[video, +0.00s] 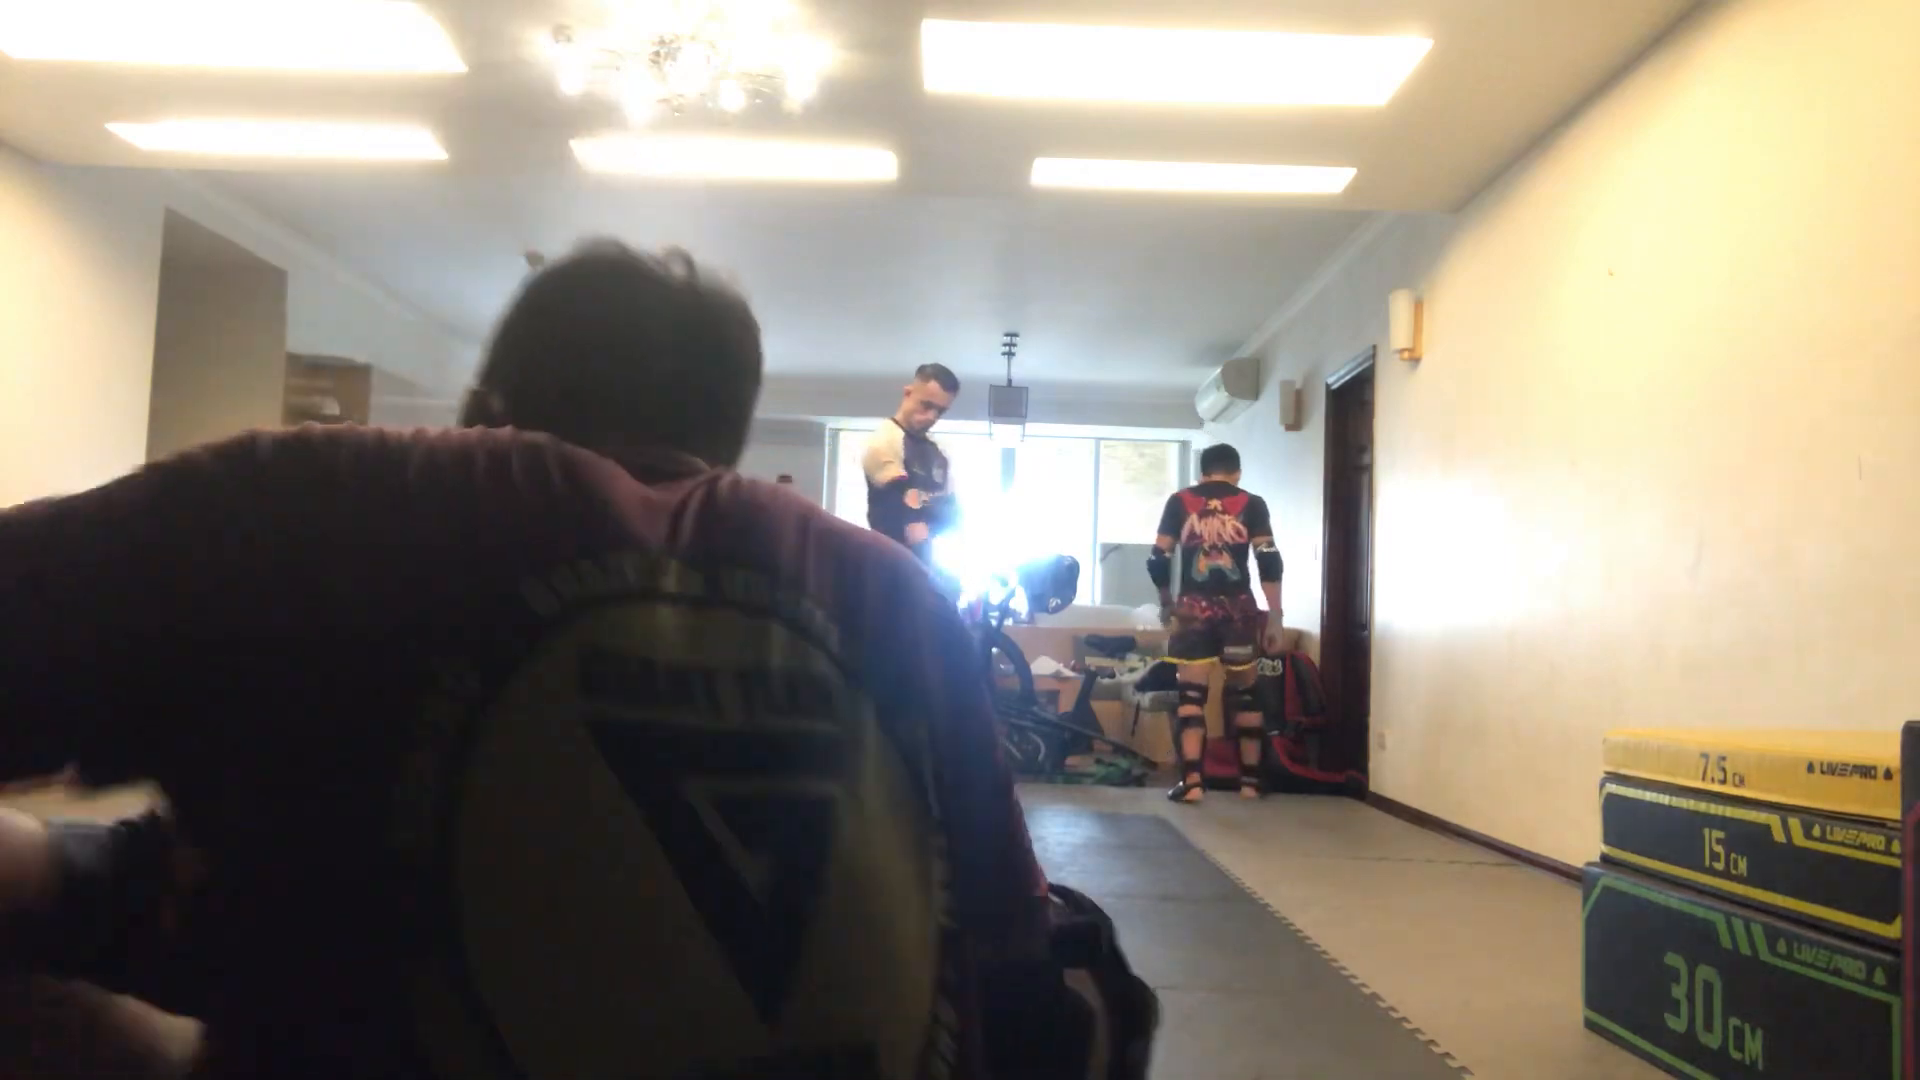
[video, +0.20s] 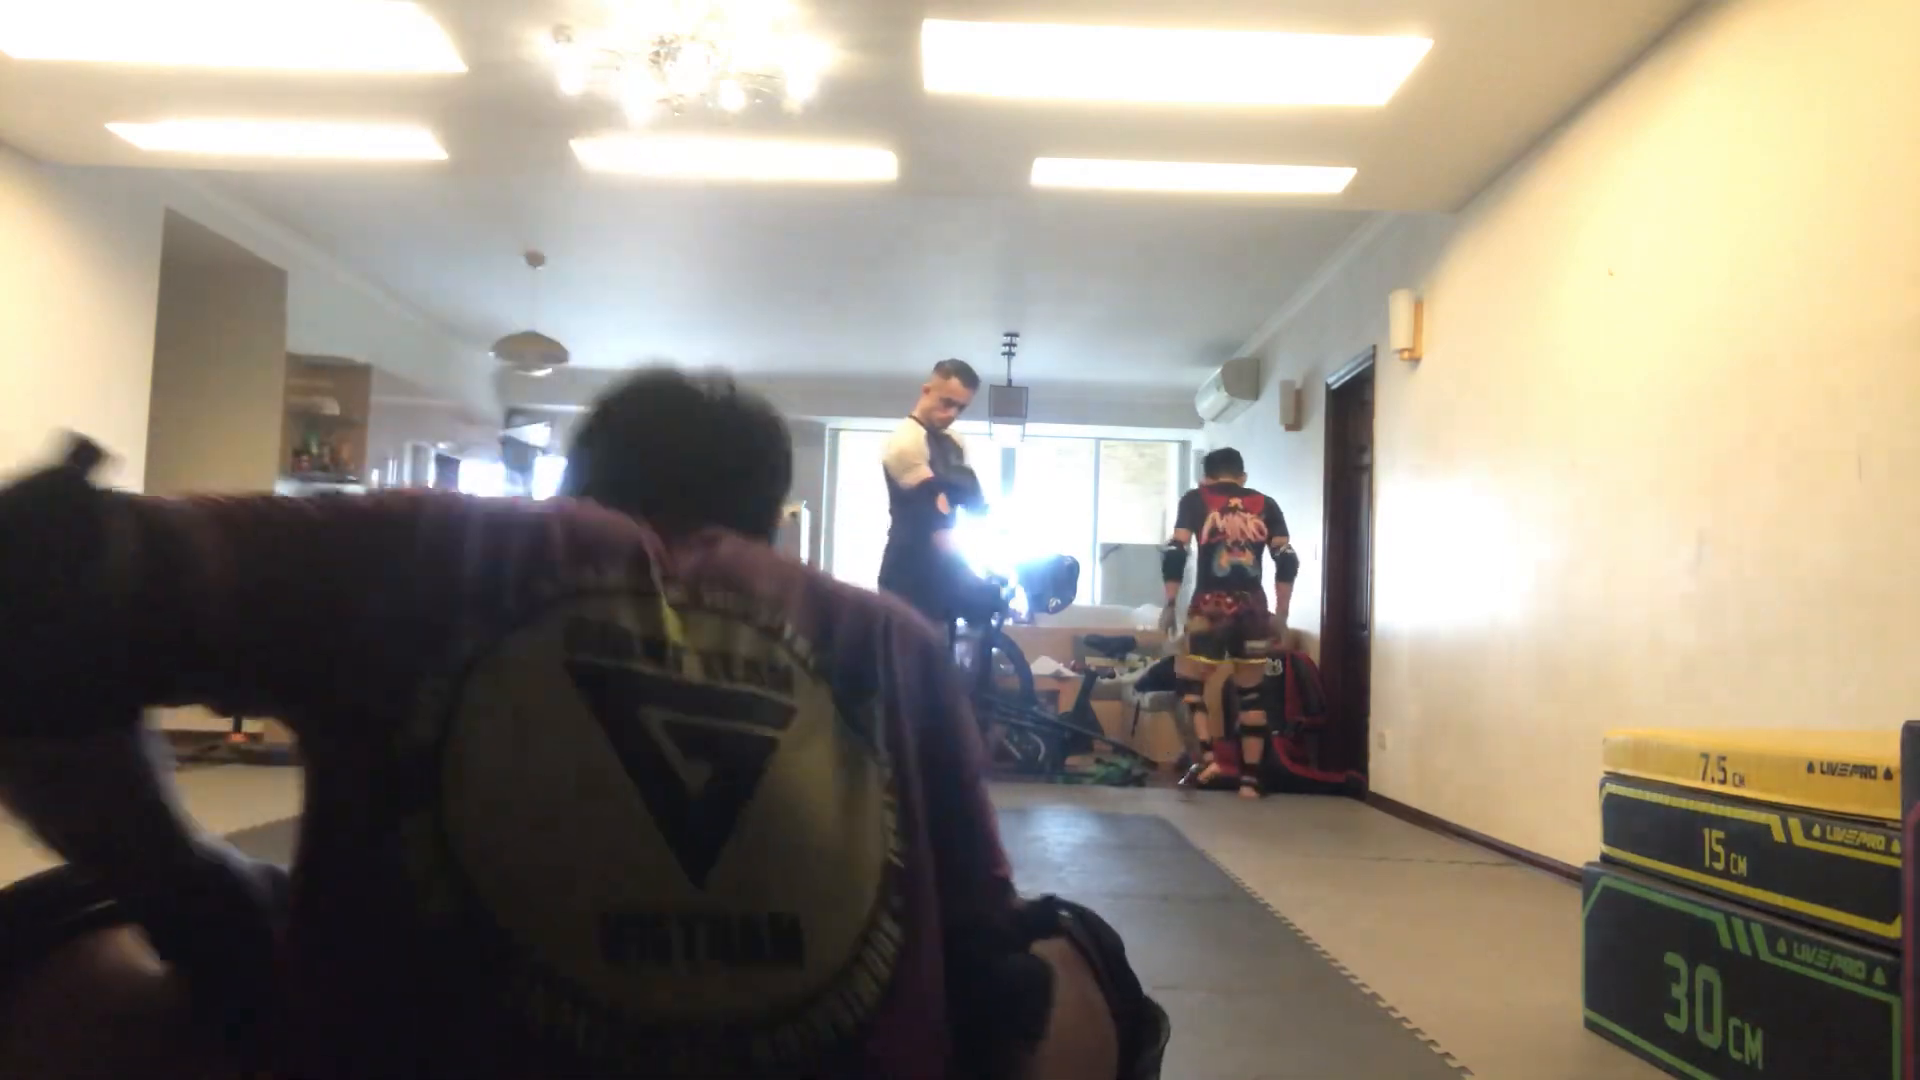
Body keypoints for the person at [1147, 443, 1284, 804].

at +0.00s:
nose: (1235, 478)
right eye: (1237, 473)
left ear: (1201, 472)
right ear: (1237, 472)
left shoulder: (1179, 501)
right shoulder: (1251, 504)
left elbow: (1157, 562)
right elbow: (1269, 561)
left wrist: (1168, 607)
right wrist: (1275, 616)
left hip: (1192, 614)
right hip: (1239, 614)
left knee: (1191, 696)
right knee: (1244, 693)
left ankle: (1192, 781)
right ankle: (1250, 781)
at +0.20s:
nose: (1207, 481)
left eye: (1206, 477)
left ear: (1206, 476)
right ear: (1243, 475)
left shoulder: (1195, 499)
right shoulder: (1266, 504)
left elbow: (1175, 555)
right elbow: (1287, 561)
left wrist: (1170, 606)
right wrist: (1281, 613)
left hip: (1208, 613)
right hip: (1253, 613)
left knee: (1193, 686)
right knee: (1252, 693)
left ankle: (1209, 759)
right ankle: (1250, 779)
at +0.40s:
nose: (1197, 488)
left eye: (1197, 483)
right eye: (1198, 484)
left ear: (1200, 479)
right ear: (1230, 476)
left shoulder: (1199, 498)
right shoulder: (1261, 506)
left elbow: (1183, 551)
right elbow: (1285, 561)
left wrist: (1176, 601)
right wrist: (1277, 612)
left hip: (1215, 612)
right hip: (1257, 614)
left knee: (1194, 689)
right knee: (1252, 694)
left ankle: (1212, 768)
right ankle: (1250, 778)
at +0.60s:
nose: (1178, 499)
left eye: (1176, 493)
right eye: (1175, 493)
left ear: (1183, 486)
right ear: (1205, 481)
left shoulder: (1196, 503)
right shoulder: (1239, 508)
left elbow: (1192, 557)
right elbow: (1267, 564)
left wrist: (1178, 608)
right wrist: (1257, 608)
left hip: (1221, 611)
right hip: (1254, 611)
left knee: (1206, 690)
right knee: (1240, 690)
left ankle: (1217, 773)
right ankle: (1249, 764)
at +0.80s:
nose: (1160, 518)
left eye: (1157, 510)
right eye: (1155, 513)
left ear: (1168, 498)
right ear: (1175, 493)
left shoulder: (1199, 510)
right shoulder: (1212, 508)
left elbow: (1206, 565)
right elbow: (1228, 568)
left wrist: (1186, 617)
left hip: (1234, 617)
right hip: (1248, 615)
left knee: (1213, 686)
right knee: (1238, 688)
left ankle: (1219, 769)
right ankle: (1242, 762)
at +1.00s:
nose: (1153, 544)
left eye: (1150, 537)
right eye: (1147, 539)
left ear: (1160, 524)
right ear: (1163, 522)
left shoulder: (1208, 529)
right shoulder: (1185, 544)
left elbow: (1232, 588)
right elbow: (1207, 592)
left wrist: (1212, 633)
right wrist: (1205, 633)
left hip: (1256, 623)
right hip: (1230, 625)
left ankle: (1225, 768)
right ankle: (1218, 764)